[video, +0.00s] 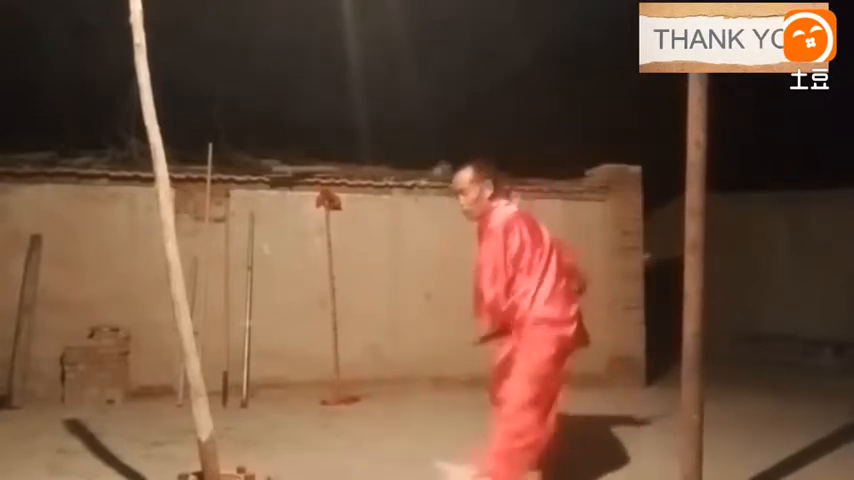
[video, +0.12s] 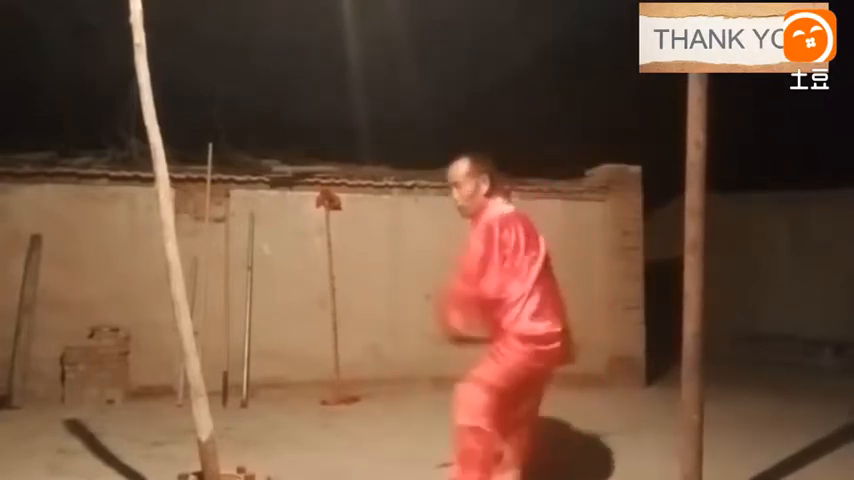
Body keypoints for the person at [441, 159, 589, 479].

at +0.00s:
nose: (462, 202)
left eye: (466, 193)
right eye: (459, 194)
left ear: (487, 188)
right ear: (485, 191)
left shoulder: (498, 222)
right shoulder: (517, 217)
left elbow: (492, 289)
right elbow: (568, 267)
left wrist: (498, 326)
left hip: (541, 323)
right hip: (556, 320)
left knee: (518, 398)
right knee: (529, 396)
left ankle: (500, 469)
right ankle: (528, 462)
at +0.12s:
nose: (455, 196)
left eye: (459, 186)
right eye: (453, 188)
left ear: (482, 183)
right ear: (481, 185)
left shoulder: (493, 220)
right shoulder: (512, 217)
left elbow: (475, 283)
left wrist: (456, 310)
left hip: (525, 338)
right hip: (545, 337)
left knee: (473, 395)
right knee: (517, 417)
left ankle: (472, 472)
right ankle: (508, 472)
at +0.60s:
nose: (400, 144)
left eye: (409, 133)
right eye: (399, 136)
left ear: (434, 136)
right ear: (403, 145)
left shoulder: (466, 182)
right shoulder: (408, 194)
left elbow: (444, 116)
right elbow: (350, 168)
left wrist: (373, 98)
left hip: (497, 308)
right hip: (462, 311)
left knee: (437, 393)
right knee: (464, 399)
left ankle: (443, 475)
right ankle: (524, 464)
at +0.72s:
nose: (401, 146)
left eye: (410, 135)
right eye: (403, 136)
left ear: (439, 139)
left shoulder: (464, 193)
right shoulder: (415, 200)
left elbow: (459, 154)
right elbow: (353, 173)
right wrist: (308, 128)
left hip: (492, 321)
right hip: (457, 320)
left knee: (436, 392)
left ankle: (442, 472)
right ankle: (505, 458)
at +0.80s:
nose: (407, 165)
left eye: (415, 155)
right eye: (407, 155)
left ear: (440, 158)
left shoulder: (461, 205)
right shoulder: (428, 201)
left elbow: (413, 254)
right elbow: (389, 231)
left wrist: (335, 265)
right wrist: (341, 219)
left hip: (488, 326)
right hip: (454, 328)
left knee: (430, 395)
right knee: (474, 428)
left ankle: (434, 473)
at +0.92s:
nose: (408, 178)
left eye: (415, 169)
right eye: (408, 169)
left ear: (440, 172)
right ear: (429, 173)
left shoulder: (458, 215)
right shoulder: (431, 210)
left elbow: (403, 267)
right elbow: (389, 234)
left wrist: (344, 262)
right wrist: (334, 236)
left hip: (491, 332)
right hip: (458, 333)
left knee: (430, 389)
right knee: (467, 418)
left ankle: (430, 473)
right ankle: (537, 469)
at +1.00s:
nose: (404, 206)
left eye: (411, 196)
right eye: (404, 196)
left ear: (437, 200)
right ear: (433, 200)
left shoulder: (451, 238)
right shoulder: (445, 227)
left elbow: (376, 284)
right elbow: (391, 240)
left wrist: (344, 249)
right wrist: (342, 235)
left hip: (506, 346)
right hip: (493, 342)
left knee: (442, 394)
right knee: (462, 403)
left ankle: (440, 473)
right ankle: (497, 460)